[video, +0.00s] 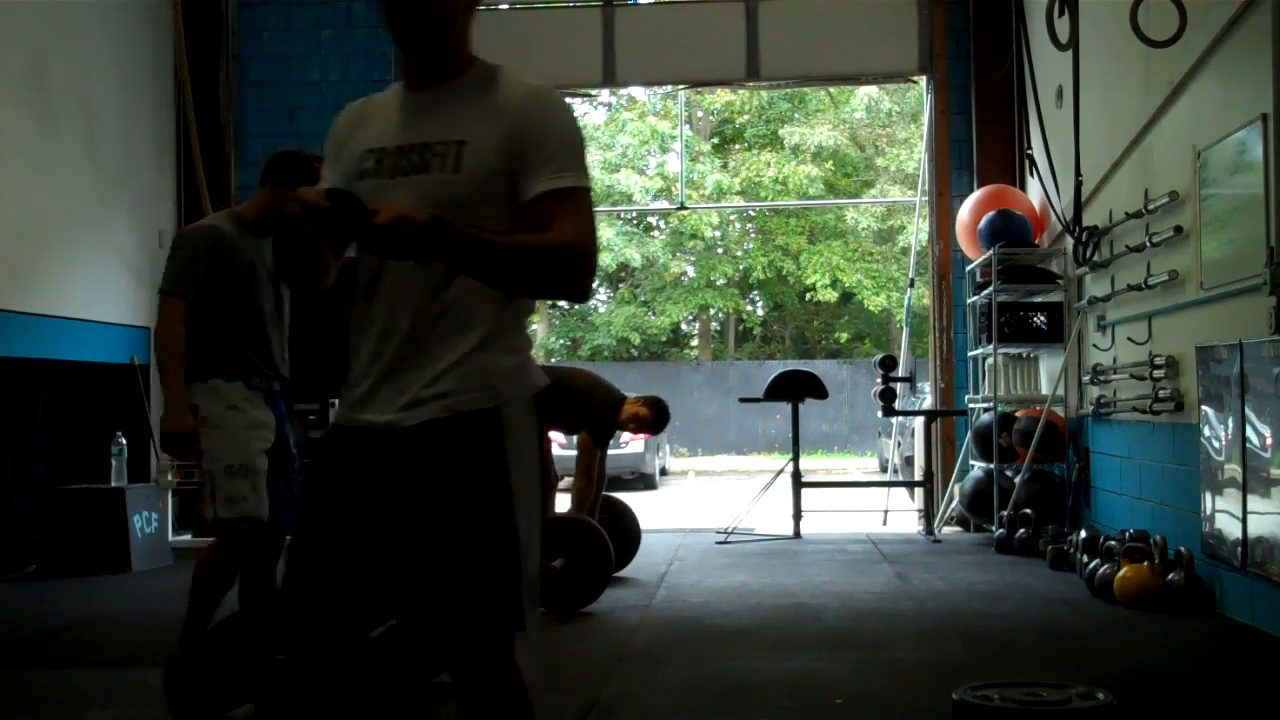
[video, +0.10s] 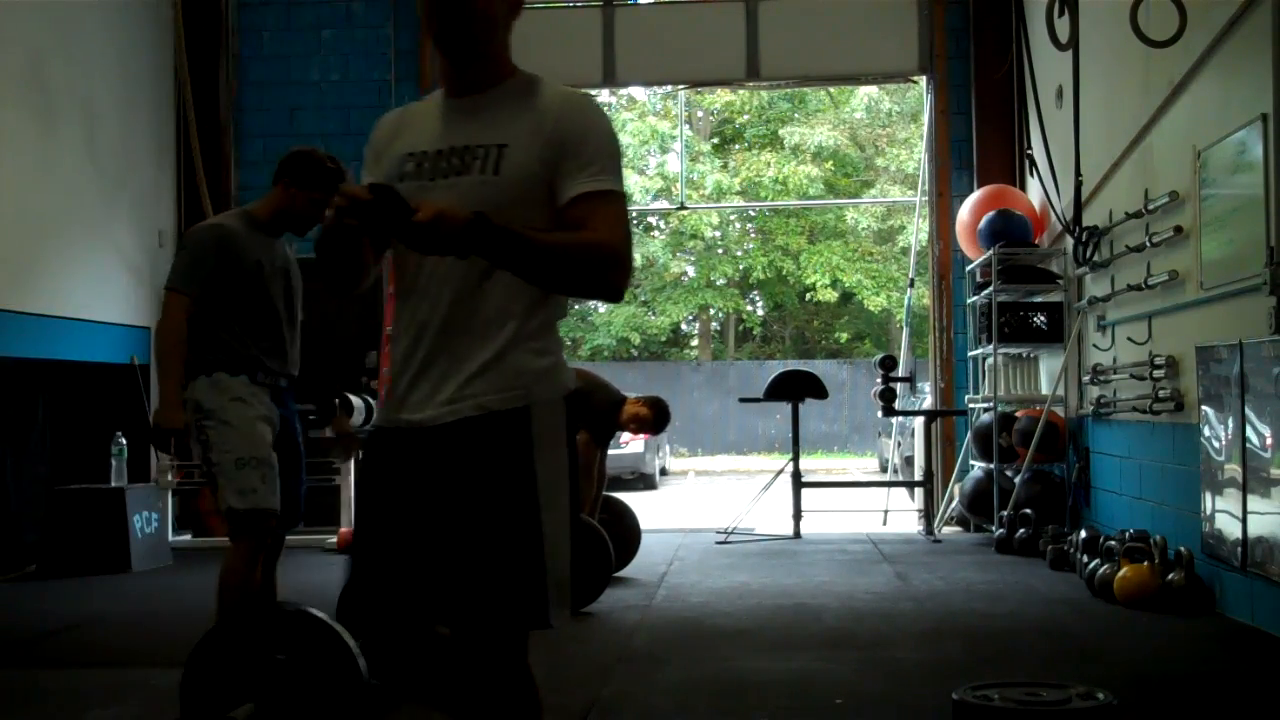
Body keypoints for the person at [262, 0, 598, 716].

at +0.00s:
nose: (413, 13)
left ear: (469, 2)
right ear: (384, 8)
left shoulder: (529, 109)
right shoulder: (355, 123)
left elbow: (574, 269)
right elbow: (316, 274)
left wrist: (434, 239)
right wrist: (303, 229)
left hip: (478, 417)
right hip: (366, 424)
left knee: (479, 652)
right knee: (326, 642)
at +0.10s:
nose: (453, 19)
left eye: (472, 3)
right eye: (442, 4)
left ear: (511, 8)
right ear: (425, 15)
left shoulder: (567, 116)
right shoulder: (393, 132)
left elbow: (610, 268)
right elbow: (351, 289)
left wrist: (476, 236)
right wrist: (345, 240)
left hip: (514, 415)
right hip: (408, 423)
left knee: (496, 651)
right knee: (387, 639)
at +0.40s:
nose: (524, 46)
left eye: (542, 27)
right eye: (512, 33)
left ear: (586, 37)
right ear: (503, 48)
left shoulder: (649, 129)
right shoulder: (503, 174)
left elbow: (687, 258)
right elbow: (454, 297)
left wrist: (555, 226)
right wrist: (439, 239)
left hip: (629, 408)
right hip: (545, 414)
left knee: (598, 620)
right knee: (579, 619)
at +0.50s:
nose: (546, 47)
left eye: (563, 29)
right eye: (534, 36)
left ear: (609, 35)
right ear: (526, 48)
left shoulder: (668, 117)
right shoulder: (528, 172)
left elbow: (713, 244)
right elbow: (489, 296)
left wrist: (582, 218)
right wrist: (465, 236)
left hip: (660, 399)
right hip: (576, 408)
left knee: (625, 613)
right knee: (602, 616)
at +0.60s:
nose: (572, 45)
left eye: (589, 27)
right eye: (559, 34)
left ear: (632, 33)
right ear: (551, 49)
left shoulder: (690, 114)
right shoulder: (554, 171)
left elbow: (740, 237)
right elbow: (510, 290)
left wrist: (609, 214)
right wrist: (496, 232)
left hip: (688, 393)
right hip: (607, 401)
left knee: (649, 607)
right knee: (636, 607)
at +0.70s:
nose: (600, 49)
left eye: (616, 31)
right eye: (588, 38)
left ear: (660, 36)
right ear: (581, 51)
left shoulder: (720, 118)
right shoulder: (583, 171)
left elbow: (764, 242)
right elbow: (541, 290)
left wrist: (635, 221)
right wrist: (525, 240)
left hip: (715, 396)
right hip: (628, 405)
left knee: (702, 613)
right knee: (651, 618)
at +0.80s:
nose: (636, 44)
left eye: (652, 27)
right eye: (625, 33)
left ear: (693, 36)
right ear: (616, 48)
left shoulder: (753, 122)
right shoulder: (613, 170)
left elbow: (793, 249)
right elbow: (568, 290)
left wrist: (665, 225)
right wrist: (554, 242)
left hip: (746, 402)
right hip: (650, 412)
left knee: (762, 608)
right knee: (660, 619)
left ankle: (841, 712)